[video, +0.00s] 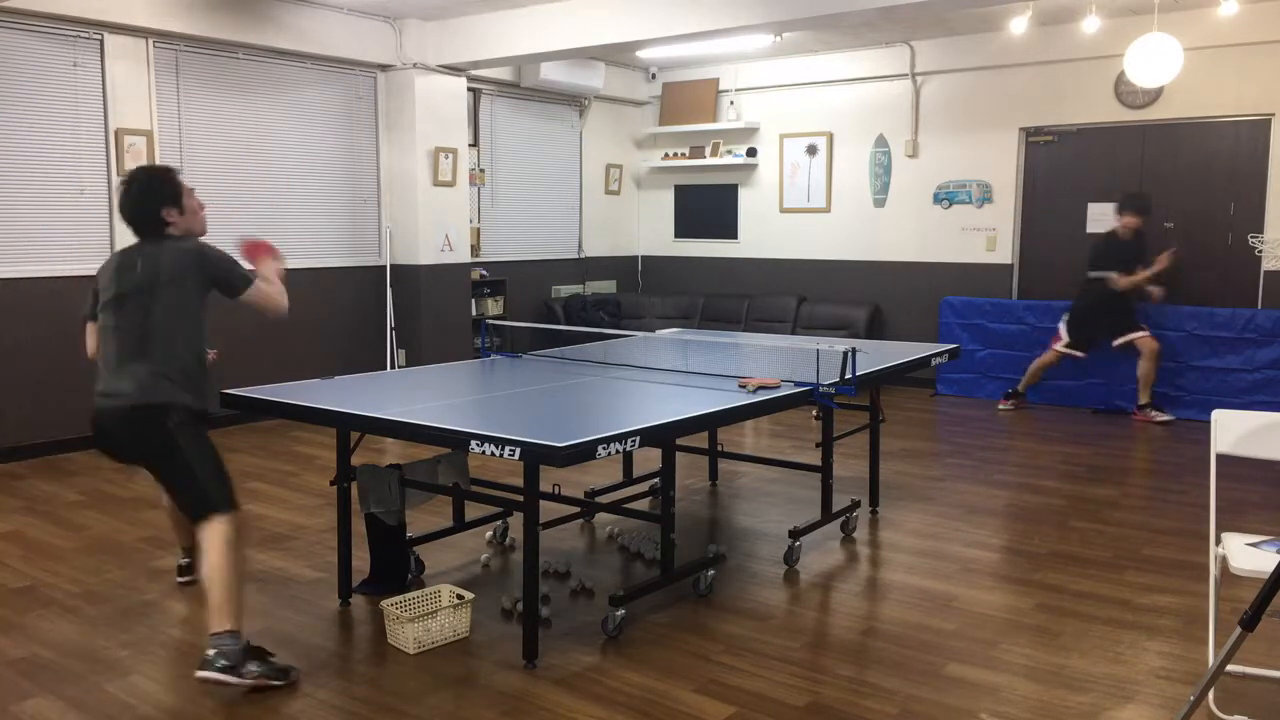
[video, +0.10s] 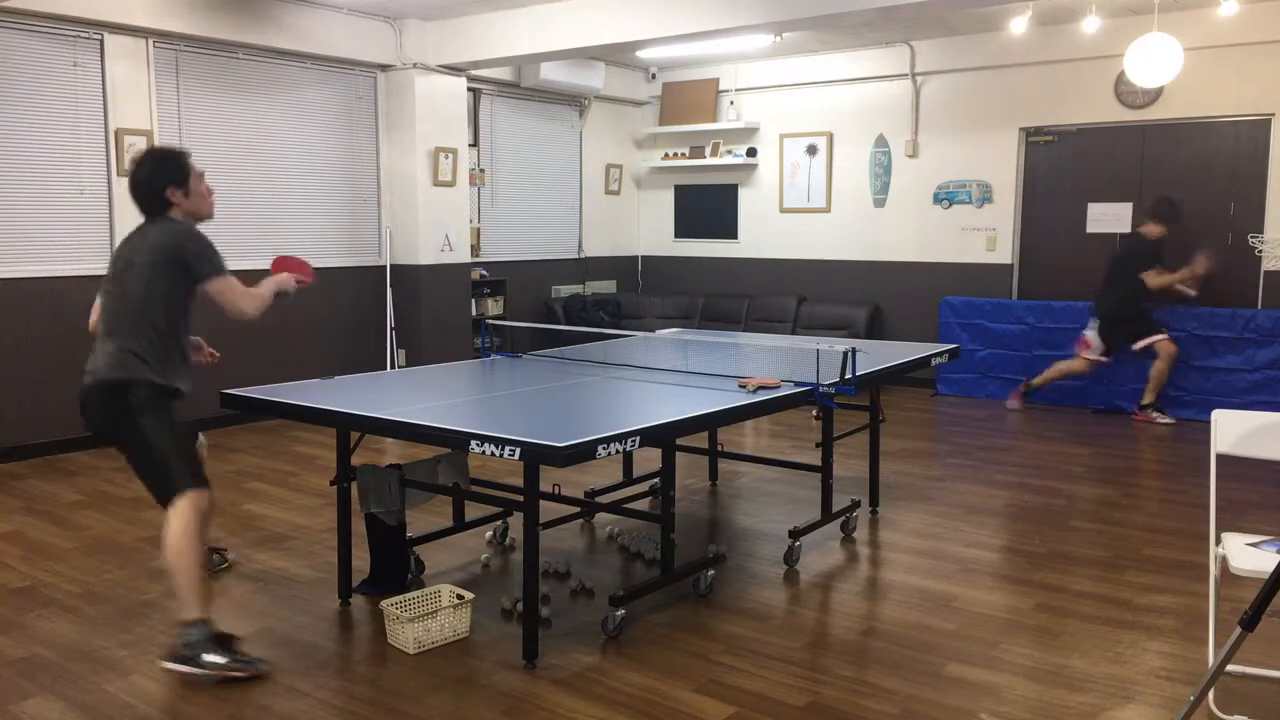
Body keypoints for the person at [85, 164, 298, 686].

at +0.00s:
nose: (201, 205)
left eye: (196, 196)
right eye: (192, 199)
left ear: (145, 219)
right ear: (170, 215)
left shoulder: (112, 267)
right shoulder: (196, 254)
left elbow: (95, 348)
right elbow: (275, 304)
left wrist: (183, 355)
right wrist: (273, 272)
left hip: (112, 414)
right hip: (165, 410)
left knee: (176, 475)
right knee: (217, 513)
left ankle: (188, 556)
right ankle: (225, 645)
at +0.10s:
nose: (210, 187)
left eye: (205, 179)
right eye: (201, 181)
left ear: (163, 197)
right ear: (176, 195)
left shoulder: (132, 242)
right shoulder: (186, 239)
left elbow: (100, 321)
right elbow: (247, 306)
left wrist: (178, 344)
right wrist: (277, 282)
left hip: (103, 387)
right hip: (137, 387)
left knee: (190, 451)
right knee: (189, 495)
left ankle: (190, 548)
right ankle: (196, 636)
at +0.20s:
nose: (211, 165)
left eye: (206, 156)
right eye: (201, 158)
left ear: (165, 172)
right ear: (174, 170)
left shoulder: (137, 217)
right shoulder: (160, 217)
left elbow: (94, 288)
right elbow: (202, 292)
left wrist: (163, 331)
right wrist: (254, 271)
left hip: (125, 367)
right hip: (110, 371)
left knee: (180, 461)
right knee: (167, 481)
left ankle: (192, 551)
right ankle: (118, 623)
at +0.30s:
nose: (205, 156)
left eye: (200, 147)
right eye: (196, 149)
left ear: (159, 160)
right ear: (167, 159)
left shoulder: (130, 203)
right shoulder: (149, 207)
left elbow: (88, 277)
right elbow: (166, 293)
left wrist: (152, 315)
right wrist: (237, 273)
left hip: (110, 367)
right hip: (95, 371)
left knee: (166, 453)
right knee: (133, 490)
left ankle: (177, 545)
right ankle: (45, 619)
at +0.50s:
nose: (191, 193)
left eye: (187, 183)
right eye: (182, 185)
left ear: (153, 199)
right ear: (152, 199)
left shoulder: (143, 250)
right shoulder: (121, 253)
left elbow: (126, 330)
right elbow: (122, 344)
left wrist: (173, 345)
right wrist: (203, 328)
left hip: (102, 393)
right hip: (65, 399)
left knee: (162, 468)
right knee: (114, 508)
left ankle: (117, 549)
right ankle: (28, 636)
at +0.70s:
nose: (187, 199)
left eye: (183, 189)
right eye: (177, 193)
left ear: (156, 206)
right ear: (146, 209)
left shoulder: (174, 245)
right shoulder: (99, 259)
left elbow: (181, 298)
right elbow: (75, 344)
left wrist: (210, 326)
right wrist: (146, 349)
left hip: (118, 382)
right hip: (71, 383)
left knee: (173, 466)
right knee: (84, 484)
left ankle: (115, 552)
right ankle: (52, 614)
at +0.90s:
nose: (180, 216)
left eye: (176, 205)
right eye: (168, 209)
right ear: (134, 223)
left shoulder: (181, 258)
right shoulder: (84, 269)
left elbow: (211, 304)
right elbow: (50, 332)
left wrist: (220, 319)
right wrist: (72, 377)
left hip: (151, 372)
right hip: (95, 379)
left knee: (216, 445)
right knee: (100, 469)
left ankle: (173, 511)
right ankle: (83, 559)